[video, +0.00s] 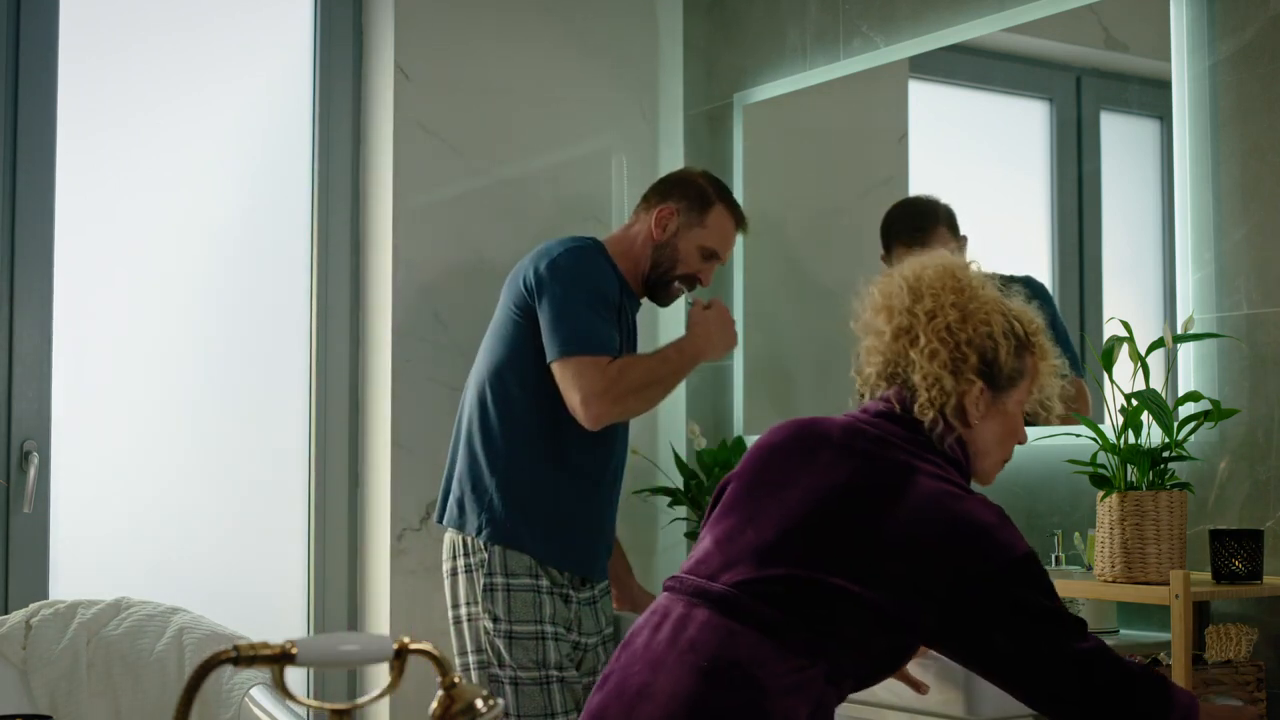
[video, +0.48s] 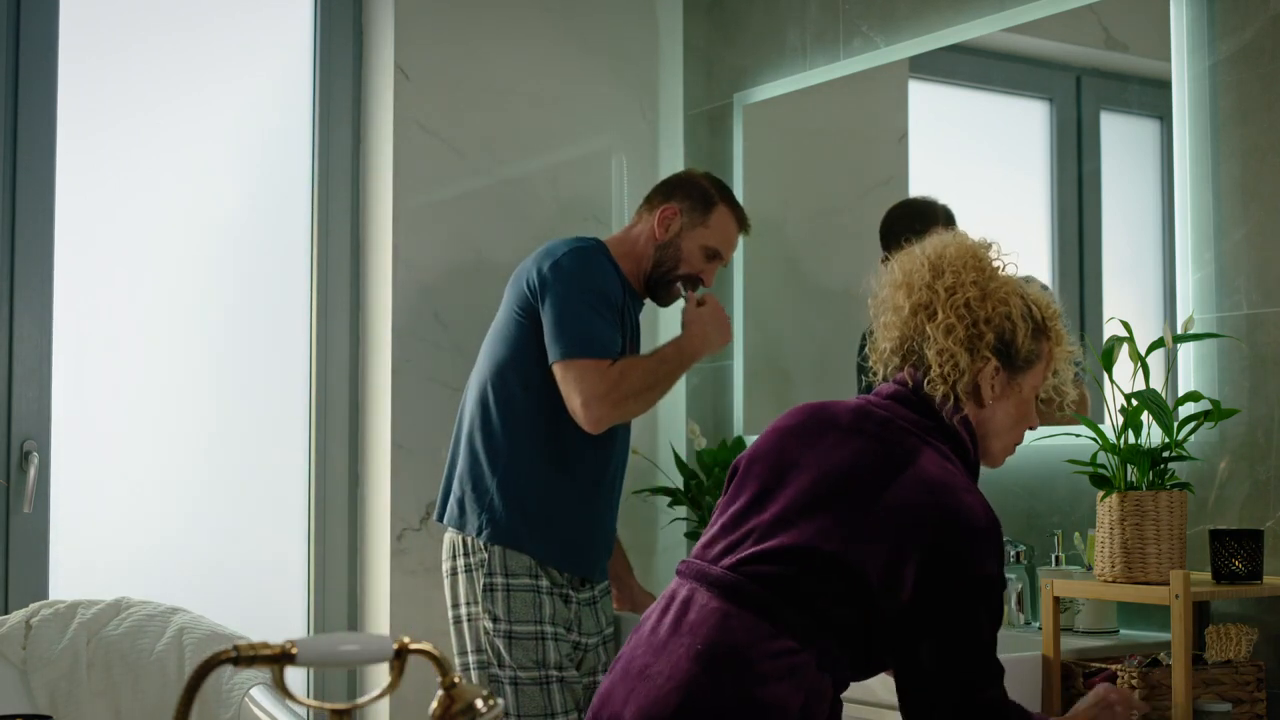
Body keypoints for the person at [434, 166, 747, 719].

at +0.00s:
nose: (707, 278)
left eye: (717, 265)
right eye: (707, 255)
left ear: (662, 224)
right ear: (663, 222)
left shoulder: (621, 312)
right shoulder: (573, 266)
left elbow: (577, 474)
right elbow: (595, 399)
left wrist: (630, 594)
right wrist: (695, 347)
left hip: (579, 569)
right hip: (510, 560)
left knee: (602, 711)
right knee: (536, 712)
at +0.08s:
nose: (707, 278)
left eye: (718, 266)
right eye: (708, 257)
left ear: (664, 224)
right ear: (664, 222)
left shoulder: (622, 315)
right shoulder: (573, 266)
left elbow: (577, 474)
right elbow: (595, 400)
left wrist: (629, 593)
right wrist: (690, 338)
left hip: (579, 568)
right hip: (510, 560)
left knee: (598, 711)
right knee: (534, 712)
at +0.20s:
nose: (707, 278)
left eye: (718, 264)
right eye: (708, 255)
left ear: (663, 223)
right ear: (664, 221)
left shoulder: (622, 311)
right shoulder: (574, 266)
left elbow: (577, 471)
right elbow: (595, 400)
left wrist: (627, 591)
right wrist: (697, 350)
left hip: (577, 569)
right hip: (511, 561)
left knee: (593, 711)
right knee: (535, 712)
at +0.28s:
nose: (708, 278)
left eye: (719, 266)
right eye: (709, 256)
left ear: (665, 224)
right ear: (665, 221)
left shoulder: (623, 312)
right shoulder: (575, 266)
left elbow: (578, 473)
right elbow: (595, 401)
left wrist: (629, 592)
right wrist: (689, 342)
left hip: (579, 570)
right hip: (512, 561)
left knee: (594, 712)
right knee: (535, 712)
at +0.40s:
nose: (709, 278)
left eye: (719, 264)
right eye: (709, 254)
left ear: (664, 223)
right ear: (665, 221)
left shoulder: (624, 312)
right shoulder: (575, 266)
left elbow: (578, 471)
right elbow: (597, 401)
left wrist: (629, 592)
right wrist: (699, 351)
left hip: (578, 569)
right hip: (512, 561)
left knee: (595, 711)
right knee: (536, 712)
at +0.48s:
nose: (709, 278)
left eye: (720, 264)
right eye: (710, 255)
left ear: (665, 224)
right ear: (666, 221)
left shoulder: (624, 311)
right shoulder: (577, 267)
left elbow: (578, 472)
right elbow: (596, 403)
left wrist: (629, 592)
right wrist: (692, 344)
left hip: (578, 568)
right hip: (511, 560)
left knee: (599, 711)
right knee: (536, 712)